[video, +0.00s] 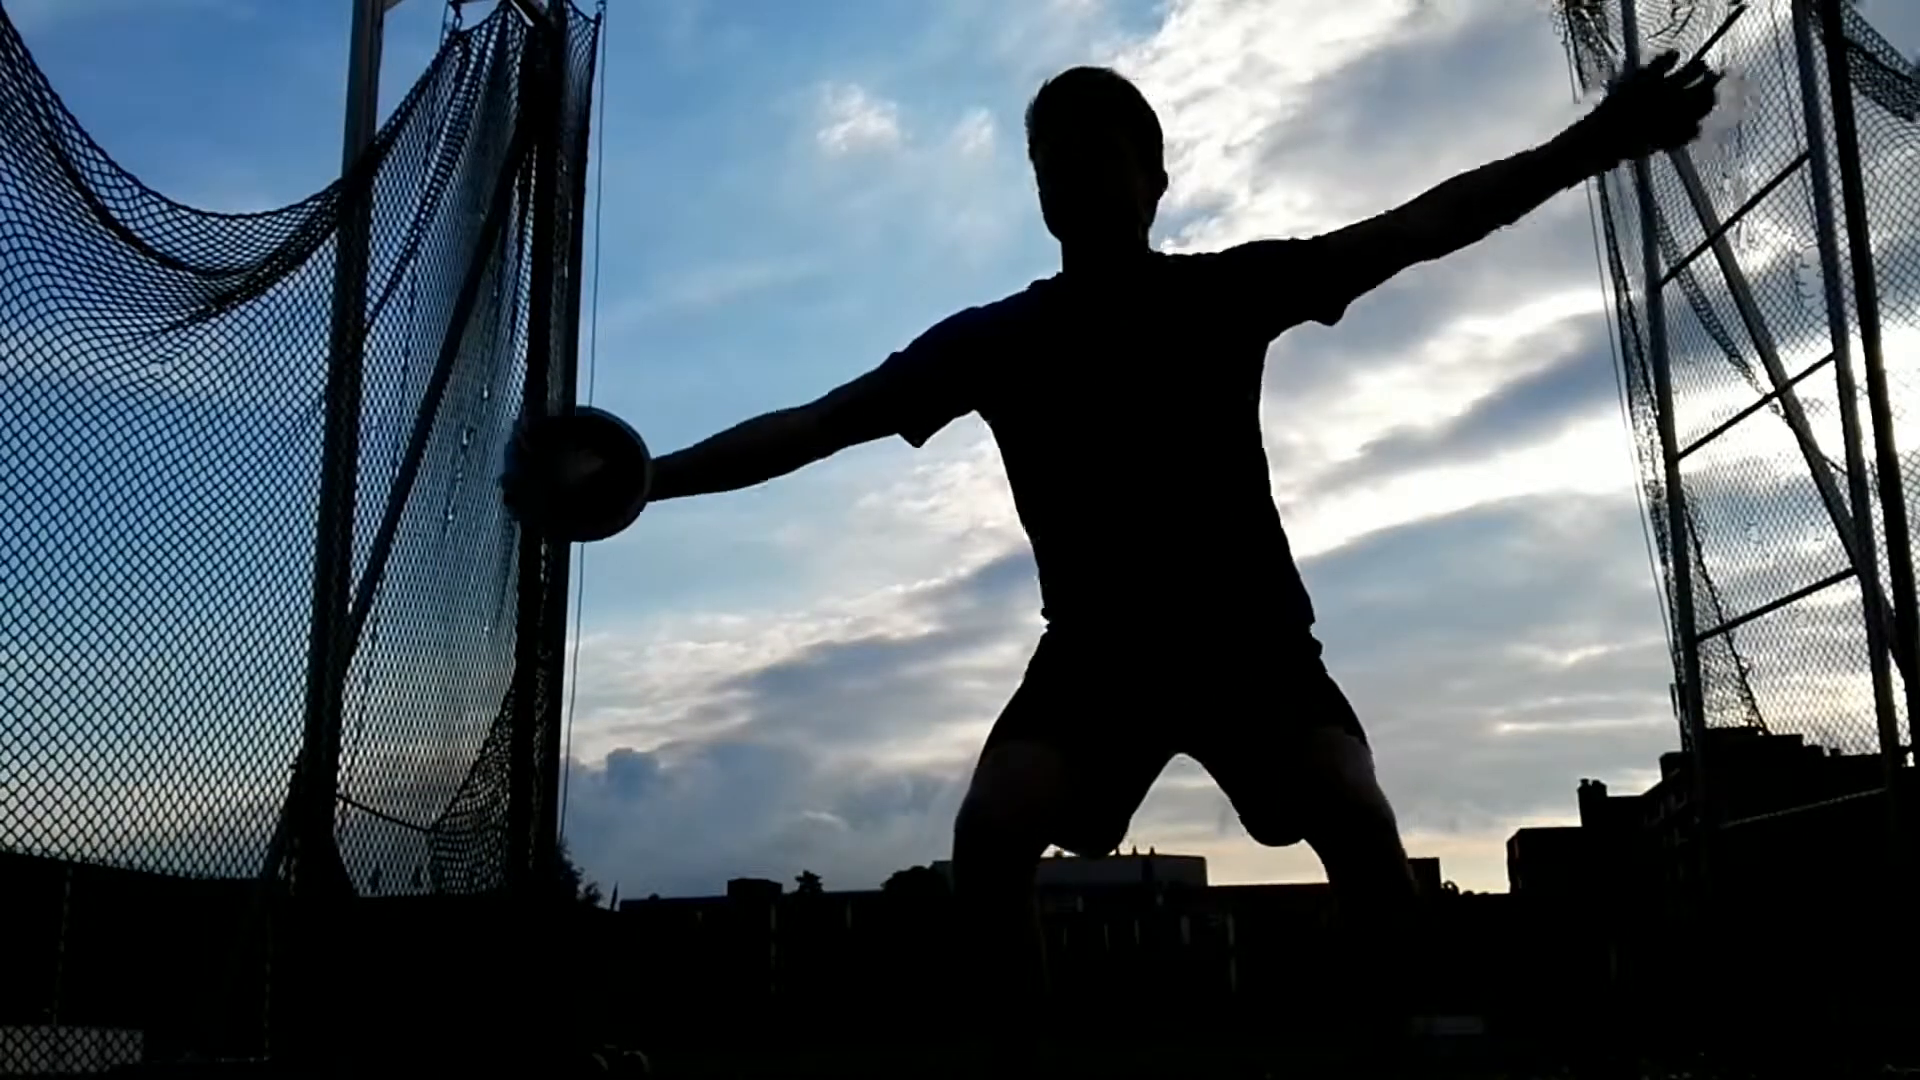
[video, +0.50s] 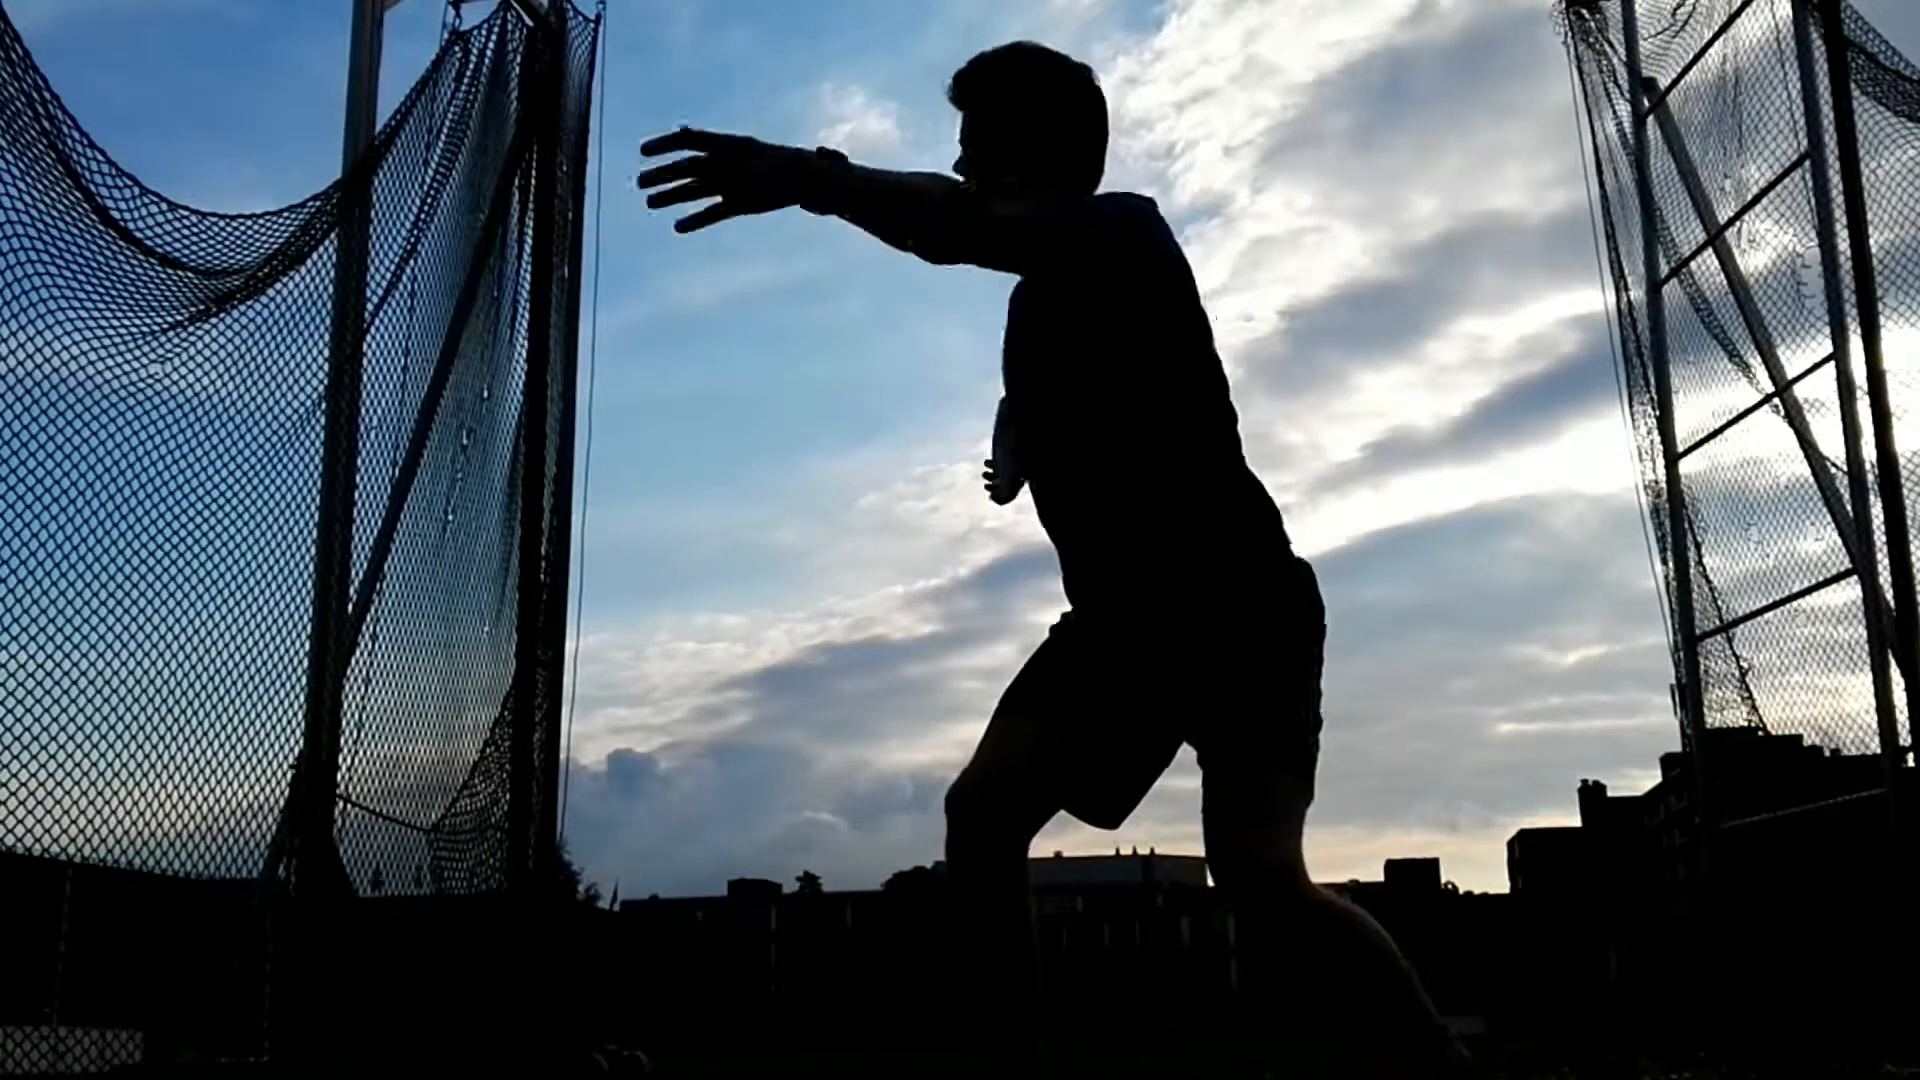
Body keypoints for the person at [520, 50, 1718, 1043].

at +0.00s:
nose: (1116, 178)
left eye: (1127, 156)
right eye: (1094, 158)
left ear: (1142, 176)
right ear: (1066, 183)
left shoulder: (1239, 286)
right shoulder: (987, 346)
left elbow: (1431, 226)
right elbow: (822, 425)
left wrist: (1594, 143)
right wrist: (651, 479)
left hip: (1247, 648)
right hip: (1097, 665)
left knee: (1362, 842)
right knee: (993, 833)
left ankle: (1432, 1066)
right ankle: (1008, 1057)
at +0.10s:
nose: (1061, 179)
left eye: (1080, 152)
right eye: (1045, 158)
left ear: (1127, 163)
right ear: (1031, 179)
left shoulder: (1225, 280)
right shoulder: (978, 346)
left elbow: (1380, 207)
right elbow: (828, 437)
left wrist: (1506, 117)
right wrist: (678, 497)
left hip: (1252, 637)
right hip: (1100, 655)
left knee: (1346, 857)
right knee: (988, 845)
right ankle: (998, 1064)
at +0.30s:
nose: (997, 177)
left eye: (1015, 151)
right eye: (994, 157)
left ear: (1088, 155)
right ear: (1008, 173)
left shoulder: (1178, 258)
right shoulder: (1000, 332)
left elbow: (1177, 189)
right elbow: (904, 436)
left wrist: (1173, 122)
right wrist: (824, 497)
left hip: (1249, 605)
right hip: (1111, 625)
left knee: (1296, 851)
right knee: (983, 827)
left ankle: (1415, 1058)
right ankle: (1002, 1060)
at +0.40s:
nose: (986, 188)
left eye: (1004, 157)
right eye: (981, 165)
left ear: (1077, 148)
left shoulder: (1165, 251)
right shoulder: (1004, 330)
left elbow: (1113, 206)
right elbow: (928, 447)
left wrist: (1040, 129)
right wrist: (867, 495)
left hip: (1247, 600)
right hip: (1113, 620)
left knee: (1287, 867)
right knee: (982, 819)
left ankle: (1428, 1062)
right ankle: (1001, 1065)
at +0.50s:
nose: (966, 164)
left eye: (981, 140)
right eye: (965, 144)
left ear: (1049, 141)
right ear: (1071, 141)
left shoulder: (1118, 235)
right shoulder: (1050, 281)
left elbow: (960, 220)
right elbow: (1054, 395)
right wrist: (1014, 453)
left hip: (1234, 598)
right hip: (1125, 607)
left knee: (1261, 880)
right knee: (983, 814)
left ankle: (1437, 1066)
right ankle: (1000, 1057)